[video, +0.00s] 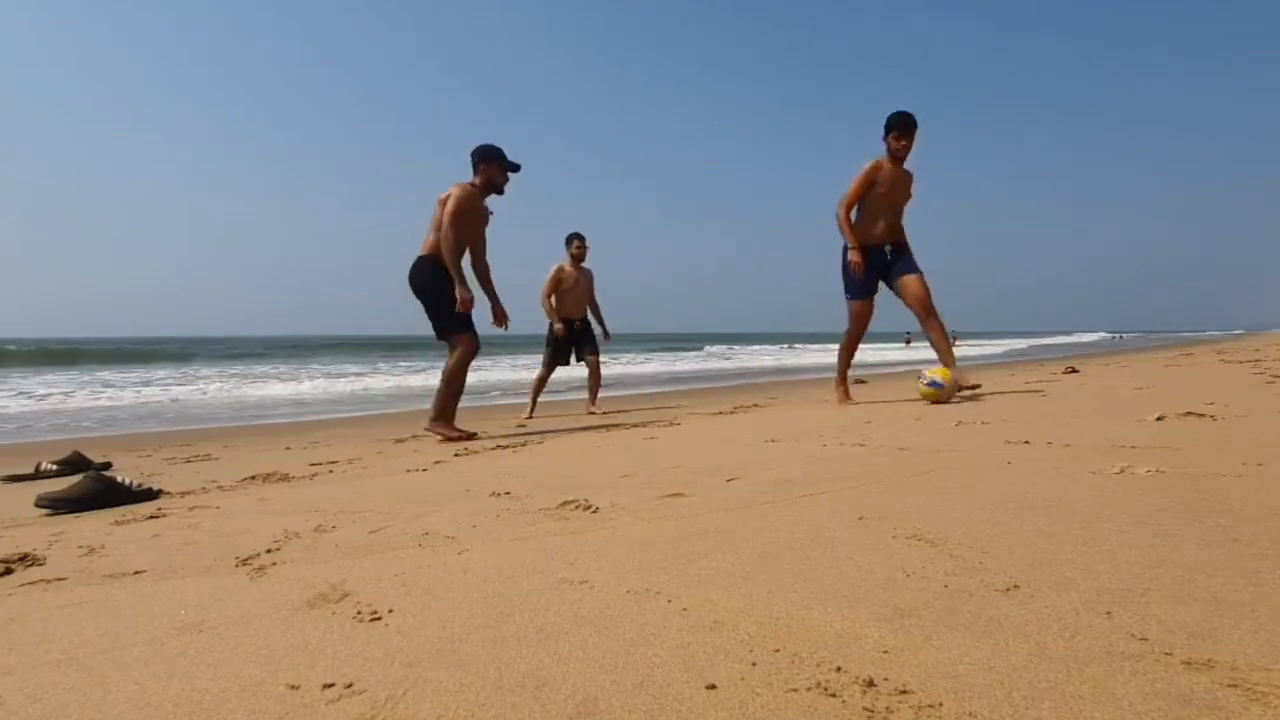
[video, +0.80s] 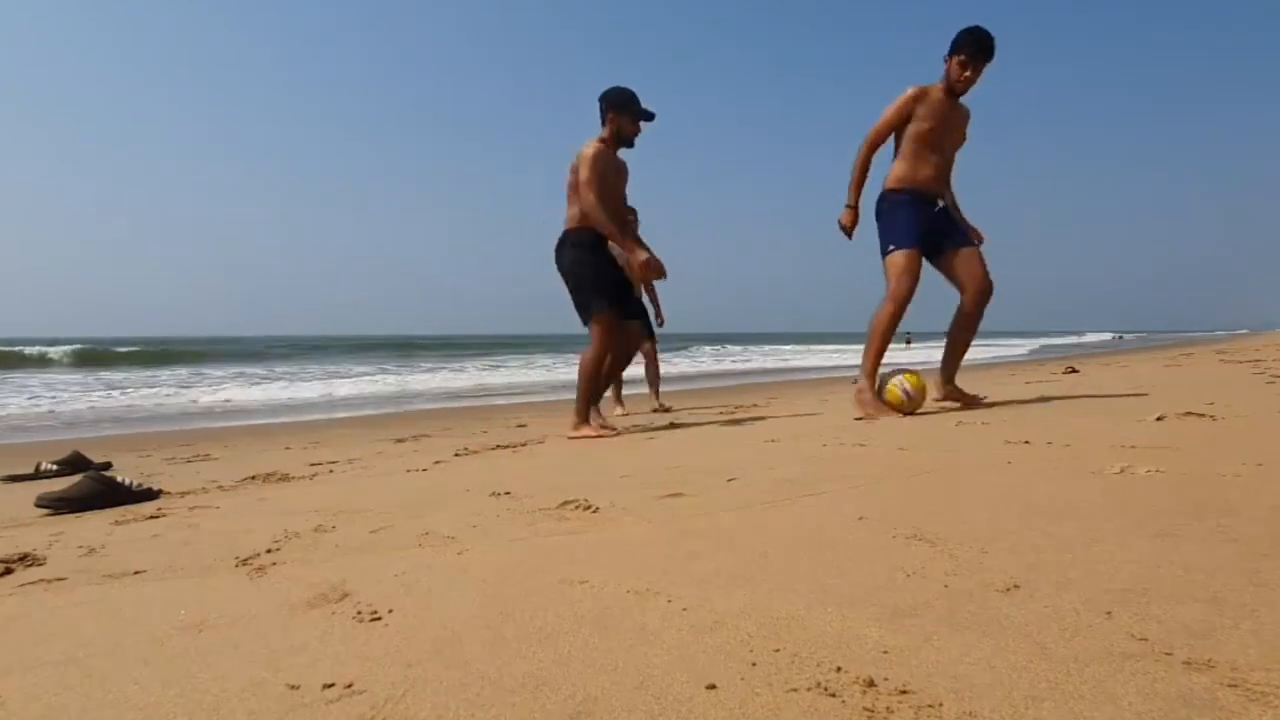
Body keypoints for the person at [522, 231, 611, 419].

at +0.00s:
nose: (583, 251)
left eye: (585, 247)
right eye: (578, 247)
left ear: (586, 250)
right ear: (569, 249)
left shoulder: (587, 274)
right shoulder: (559, 271)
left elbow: (592, 301)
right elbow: (545, 297)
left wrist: (603, 327)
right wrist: (554, 321)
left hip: (582, 323)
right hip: (562, 323)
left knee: (594, 363)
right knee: (547, 369)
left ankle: (591, 404)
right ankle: (531, 406)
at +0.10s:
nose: (593, 245)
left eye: (594, 242)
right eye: (588, 242)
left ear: (596, 244)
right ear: (578, 244)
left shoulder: (597, 268)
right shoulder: (568, 265)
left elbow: (602, 296)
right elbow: (554, 291)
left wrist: (614, 323)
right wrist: (555, 320)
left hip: (589, 317)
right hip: (569, 316)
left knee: (596, 362)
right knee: (562, 363)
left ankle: (592, 405)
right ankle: (545, 399)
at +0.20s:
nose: (600, 241)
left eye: (602, 238)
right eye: (596, 238)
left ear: (603, 240)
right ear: (586, 239)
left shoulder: (606, 265)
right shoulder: (575, 261)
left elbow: (613, 293)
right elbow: (560, 287)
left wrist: (624, 319)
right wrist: (557, 316)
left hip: (596, 313)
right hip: (576, 311)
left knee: (596, 361)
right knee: (577, 358)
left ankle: (593, 404)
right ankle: (569, 398)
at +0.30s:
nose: (606, 241)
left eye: (608, 237)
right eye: (602, 237)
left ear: (610, 239)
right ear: (592, 239)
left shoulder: (613, 264)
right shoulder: (581, 261)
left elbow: (622, 290)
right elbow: (566, 288)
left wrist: (631, 314)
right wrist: (561, 317)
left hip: (603, 313)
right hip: (583, 312)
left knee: (601, 359)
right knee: (592, 356)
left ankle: (595, 399)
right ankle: (593, 399)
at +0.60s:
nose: (620, 233)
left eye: (622, 229)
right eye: (615, 229)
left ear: (625, 231)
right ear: (606, 232)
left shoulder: (630, 256)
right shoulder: (598, 258)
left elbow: (637, 282)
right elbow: (586, 285)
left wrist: (645, 305)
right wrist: (583, 311)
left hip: (624, 307)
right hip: (604, 305)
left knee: (628, 355)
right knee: (613, 354)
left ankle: (610, 388)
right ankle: (618, 402)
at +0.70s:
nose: (626, 229)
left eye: (628, 225)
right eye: (621, 225)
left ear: (631, 227)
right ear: (611, 228)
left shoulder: (636, 252)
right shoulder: (604, 254)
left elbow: (642, 280)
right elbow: (593, 281)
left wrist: (651, 305)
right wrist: (593, 310)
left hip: (630, 304)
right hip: (611, 304)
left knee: (641, 354)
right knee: (615, 358)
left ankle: (628, 393)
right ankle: (617, 401)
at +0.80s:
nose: (632, 225)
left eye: (634, 220)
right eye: (628, 221)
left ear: (638, 223)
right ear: (618, 223)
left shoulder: (638, 249)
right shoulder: (609, 248)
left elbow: (648, 282)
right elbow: (604, 277)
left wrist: (657, 309)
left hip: (636, 301)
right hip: (615, 302)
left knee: (650, 350)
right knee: (618, 351)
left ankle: (655, 398)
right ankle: (617, 400)